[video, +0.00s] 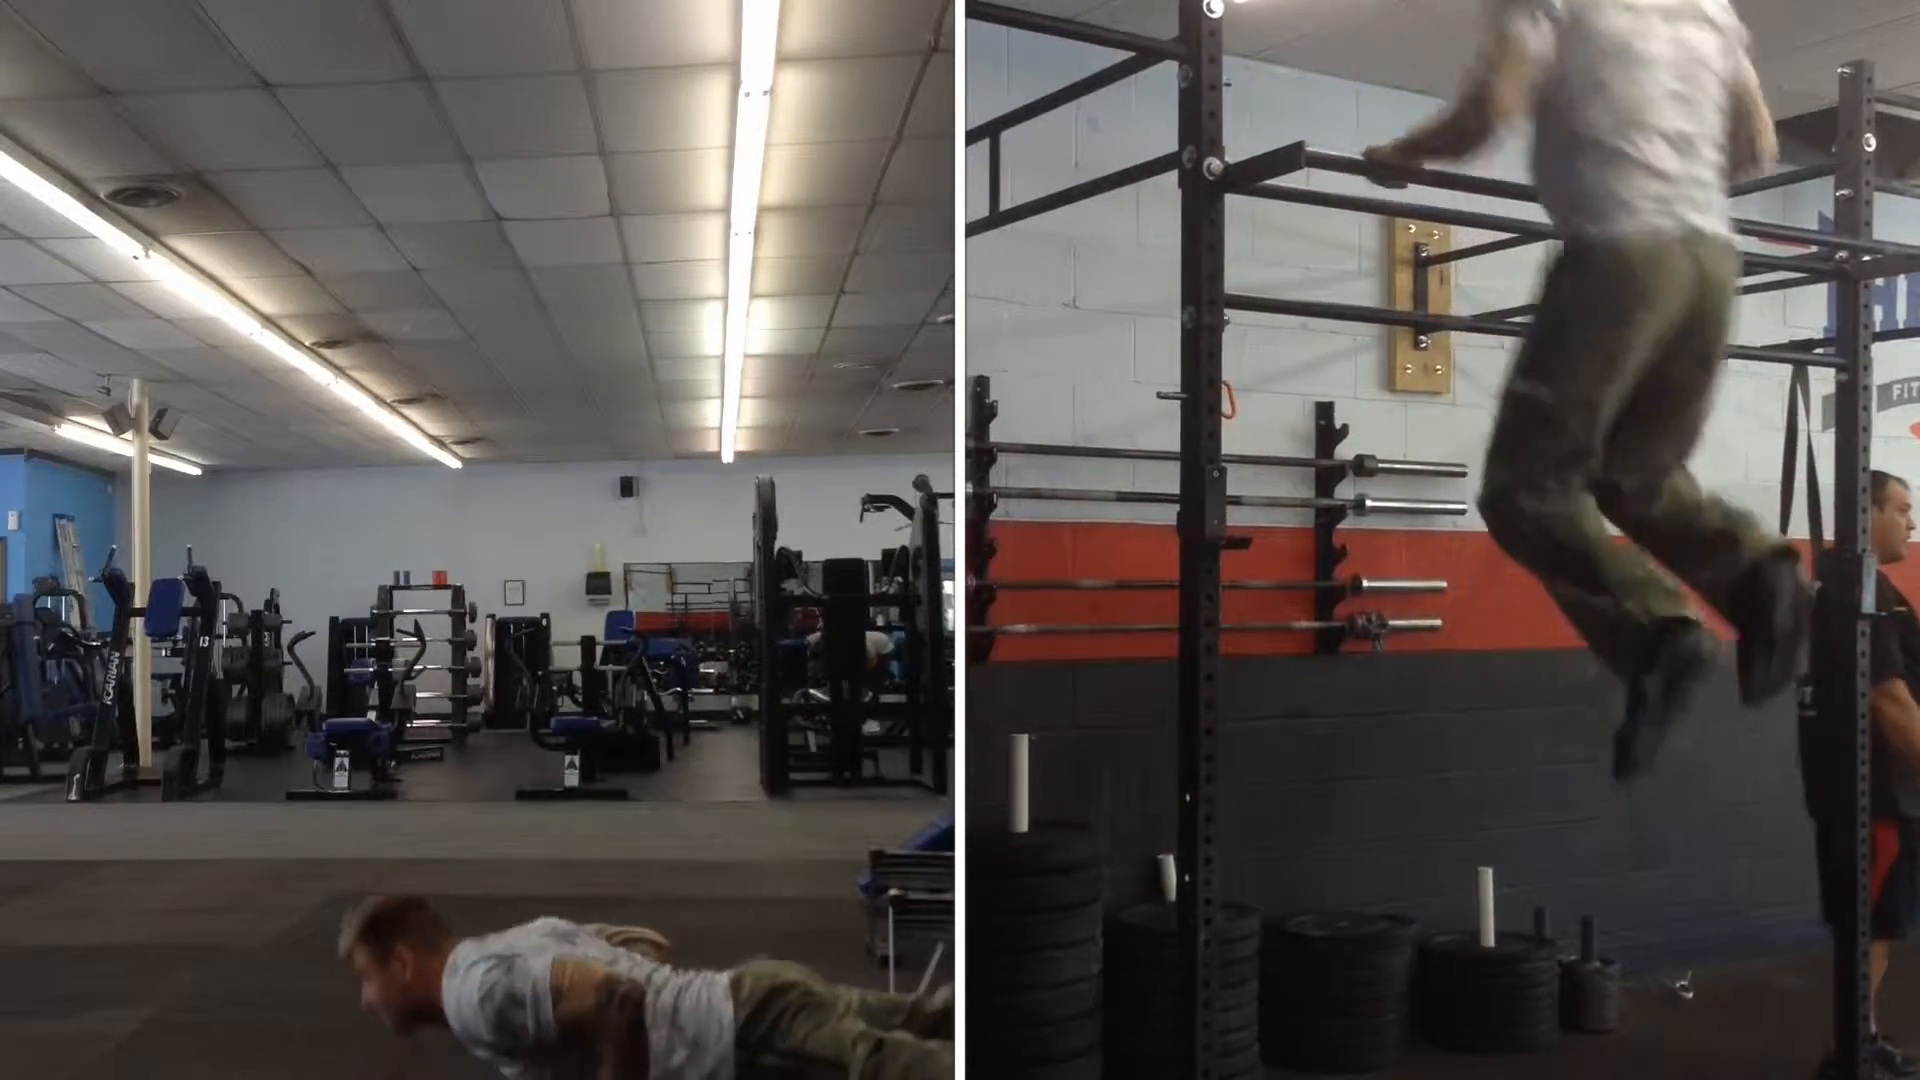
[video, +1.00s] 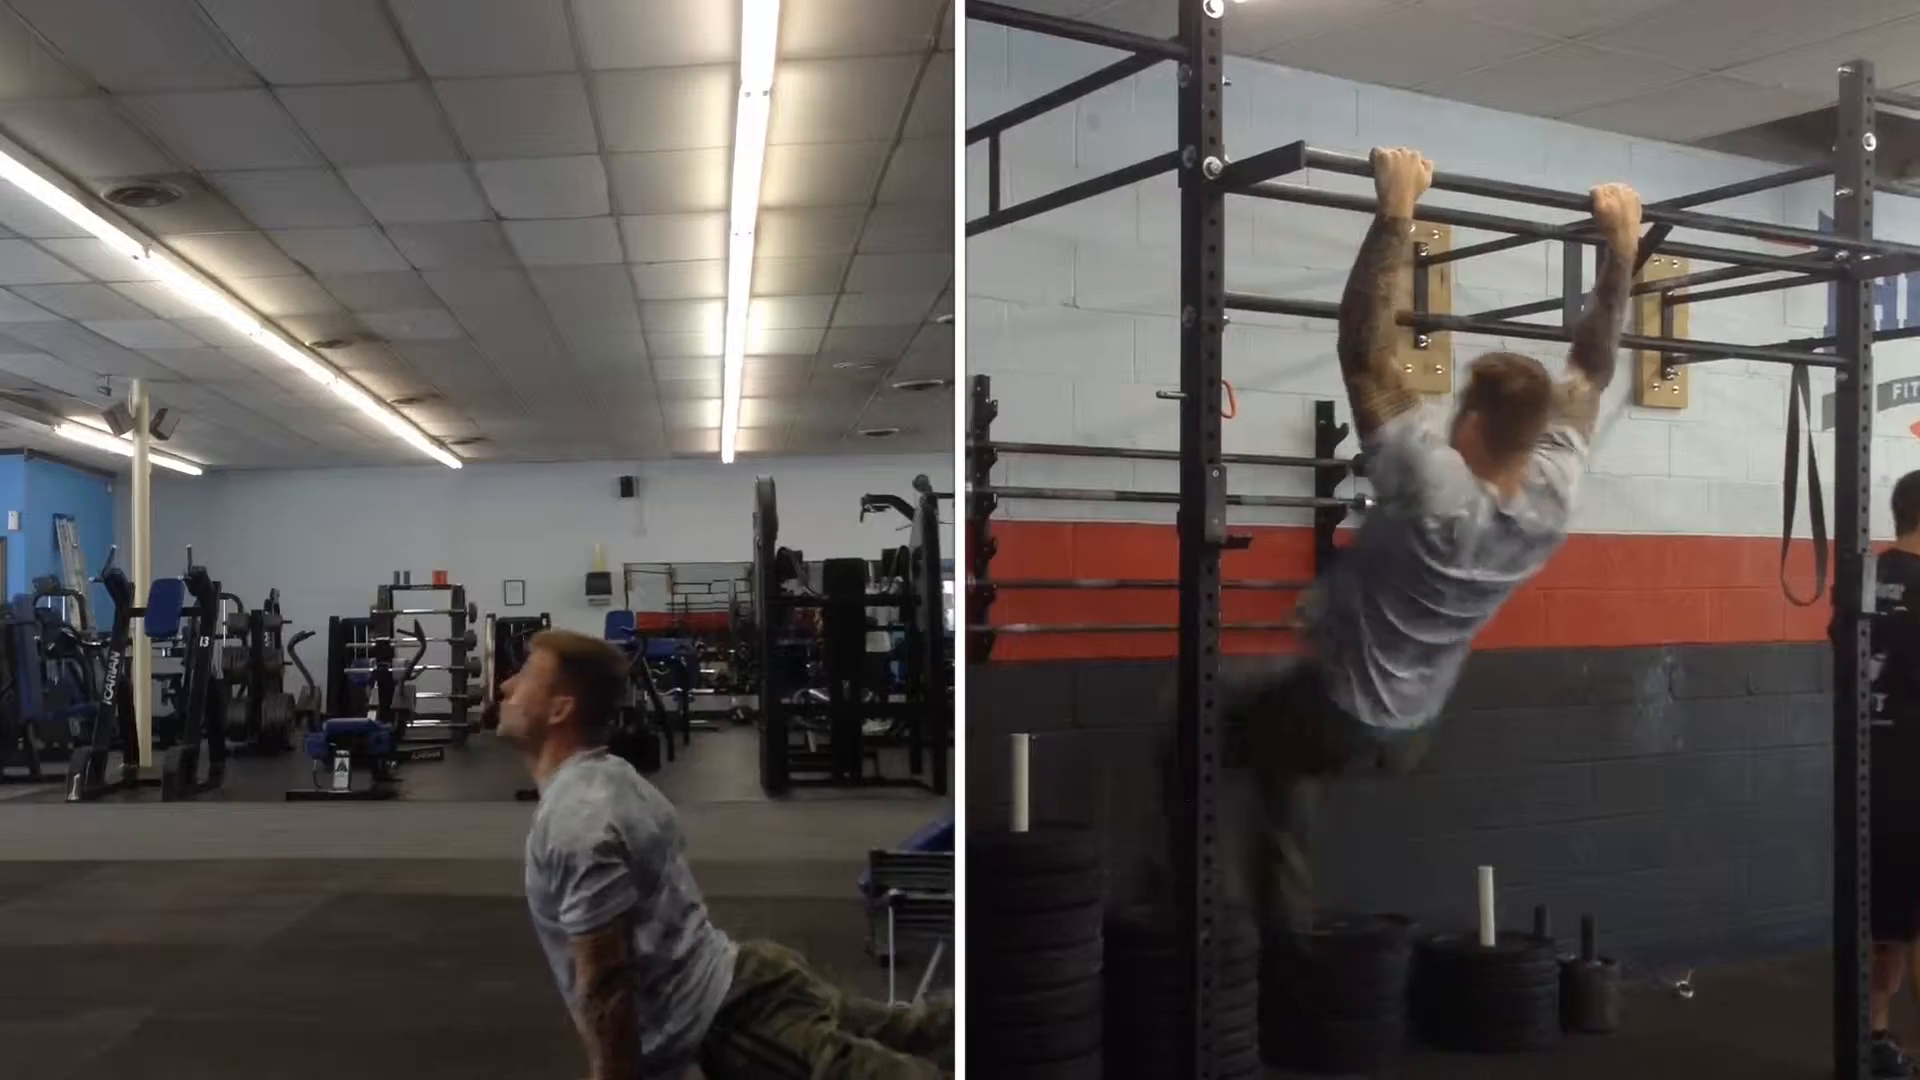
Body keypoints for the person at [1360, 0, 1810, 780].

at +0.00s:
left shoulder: (1547, 7)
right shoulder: (1707, 11)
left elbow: (1491, 112)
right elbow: (1757, 148)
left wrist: (1407, 151)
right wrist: (1666, 165)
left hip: (1619, 255)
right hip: (1715, 259)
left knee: (1526, 489)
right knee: (1635, 473)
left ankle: (1657, 640)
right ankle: (1760, 581)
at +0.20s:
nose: (1604, 103)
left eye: (1604, 91)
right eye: (1609, 93)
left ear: (1622, 81)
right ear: (1698, 77)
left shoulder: (1603, 151)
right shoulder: (1775, 159)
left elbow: (1473, 255)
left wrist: (1416, 185)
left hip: (1660, 475)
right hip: (1761, 483)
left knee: (1534, 661)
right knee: (1643, 648)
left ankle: (1661, 830)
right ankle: (1748, 784)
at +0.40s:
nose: (1571, 313)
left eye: (1577, 299)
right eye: (1577, 300)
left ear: (1590, 307)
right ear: (1662, 318)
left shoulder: (1558, 374)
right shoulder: (1702, 391)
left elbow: (1422, 331)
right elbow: (1669, 328)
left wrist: (1405, 205)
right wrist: (1641, 244)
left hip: (1573, 699)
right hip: (1663, 704)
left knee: (1470, 900)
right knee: (1569, 883)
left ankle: (1601, 1059)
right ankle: (1660, 1034)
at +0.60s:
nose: (1461, 409)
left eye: (1468, 399)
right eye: (1472, 398)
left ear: (1477, 414)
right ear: (1547, 422)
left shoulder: (1446, 477)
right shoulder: (1573, 493)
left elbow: (1378, 354)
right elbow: (1617, 375)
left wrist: (1396, 215)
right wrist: (1629, 254)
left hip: (1420, 767)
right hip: (1506, 770)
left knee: (1379, 973)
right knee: (1470, 968)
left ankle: (1474, 1075)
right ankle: (1542, 1071)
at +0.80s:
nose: (1411, 385)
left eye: (1421, 380)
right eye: (1421, 377)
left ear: (1431, 411)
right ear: (1496, 425)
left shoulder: (1393, 474)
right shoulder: (1504, 499)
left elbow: (1368, 339)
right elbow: (1575, 368)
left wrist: (1394, 215)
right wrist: (1617, 260)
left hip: (1328, 737)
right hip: (1406, 738)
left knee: (1279, 923)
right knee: (1387, 925)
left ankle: (1384, 1067)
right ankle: (1451, 1062)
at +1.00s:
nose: (1455, 419)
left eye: (1462, 410)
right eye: (1465, 408)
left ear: (1470, 426)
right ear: (1538, 439)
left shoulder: (1429, 488)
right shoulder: (1545, 509)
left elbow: (1366, 353)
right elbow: (1590, 376)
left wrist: (1394, 218)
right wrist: (1621, 259)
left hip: (1338, 713)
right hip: (1409, 719)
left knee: (1200, 714)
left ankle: (1192, 902)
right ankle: (1285, 922)